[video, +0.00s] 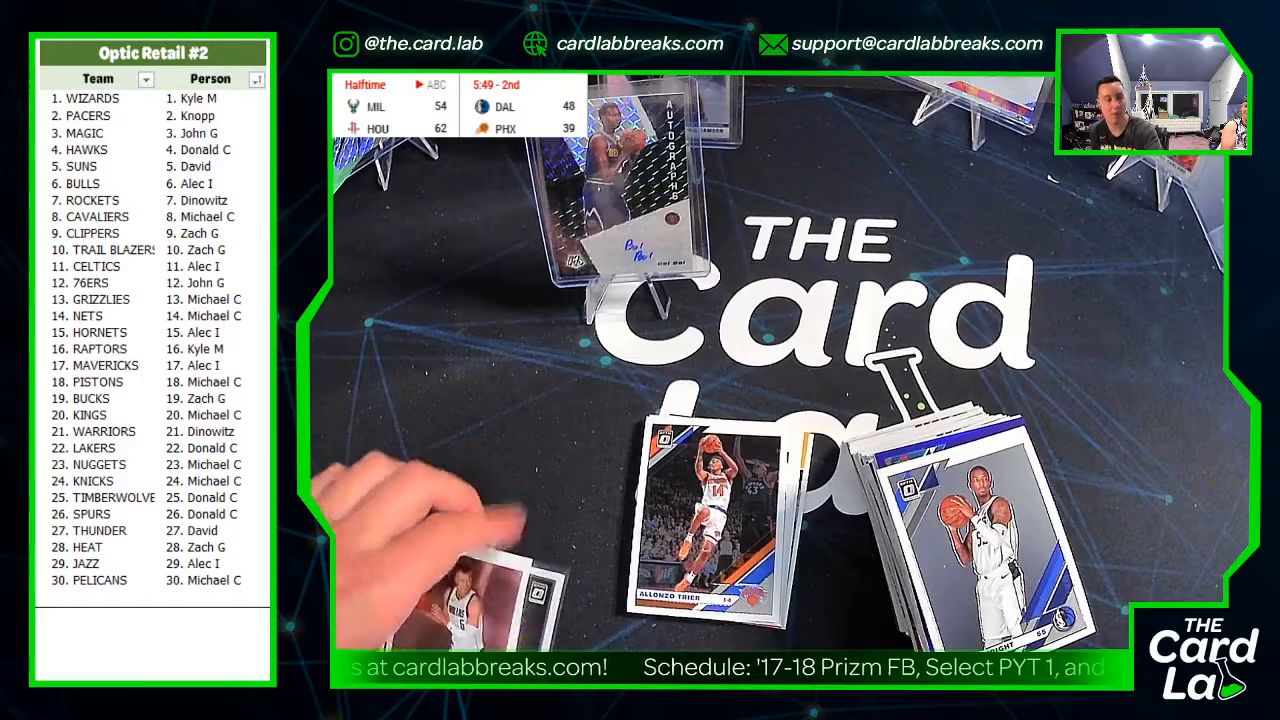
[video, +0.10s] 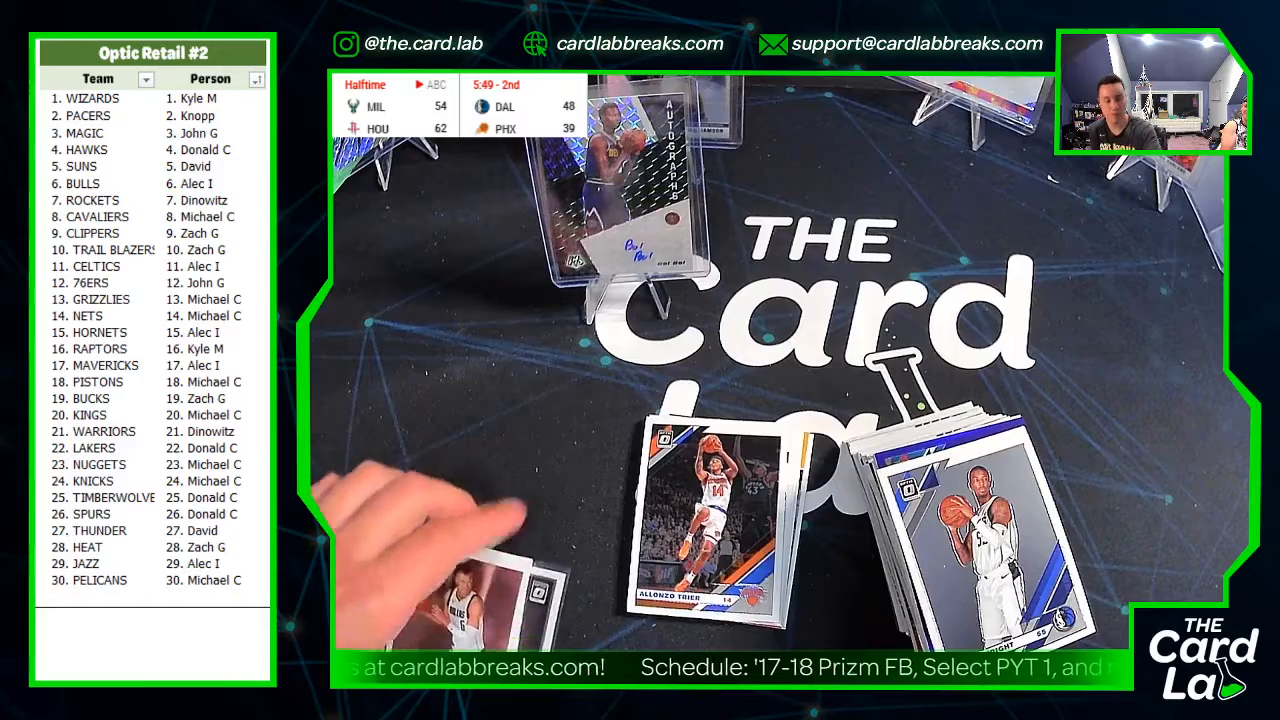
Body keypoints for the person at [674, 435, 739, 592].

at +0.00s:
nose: (714, 463)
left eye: (717, 461)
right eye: (713, 461)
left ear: (721, 465)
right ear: (710, 465)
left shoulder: (727, 476)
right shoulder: (706, 476)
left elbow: (734, 469)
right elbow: (699, 470)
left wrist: (722, 452)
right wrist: (700, 451)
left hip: (721, 513)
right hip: (707, 507)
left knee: (707, 550)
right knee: (704, 511)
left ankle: (688, 579)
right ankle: (688, 540)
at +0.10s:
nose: (714, 463)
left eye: (717, 461)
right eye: (713, 461)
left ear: (721, 465)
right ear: (710, 465)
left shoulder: (727, 475)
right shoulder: (706, 476)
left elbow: (734, 469)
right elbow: (699, 471)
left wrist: (722, 452)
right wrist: (700, 451)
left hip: (721, 513)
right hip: (707, 507)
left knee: (707, 550)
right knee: (704, 511)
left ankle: (688, 579)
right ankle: (688, 540)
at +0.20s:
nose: (714, 463)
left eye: (717, 461)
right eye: (713, 461)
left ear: (721, 465)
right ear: (710, 465)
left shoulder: (727, 475)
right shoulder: (706, 476)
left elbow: (734, 469)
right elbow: (699, 470)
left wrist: (722, 452)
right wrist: (700, 451)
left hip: (721, 513)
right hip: (707, 507)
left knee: (707, 550)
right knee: (704, 511)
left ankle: (688, 579)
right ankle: (688, 540)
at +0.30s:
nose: (715, 463)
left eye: (717, 461)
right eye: (713, 461)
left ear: (721, 465)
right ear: (710, 465)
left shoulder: (727, 476)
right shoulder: (706, 476)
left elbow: (734, 469)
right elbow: (699, 471)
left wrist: (722, 452)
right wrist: (700, 451)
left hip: (721, 513)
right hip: (706, 507)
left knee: (707, 550)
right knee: (704, 511)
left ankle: (688, 579)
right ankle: (688, 540)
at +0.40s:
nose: (714, 463)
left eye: (717, 462)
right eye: (712, 461)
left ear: (721, 465)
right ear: (710, 465)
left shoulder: (727, 476)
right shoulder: (706, 477)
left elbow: (734, 469)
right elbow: (699, 471)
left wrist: (722, 453)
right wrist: (700, 451)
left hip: (721, 513)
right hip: (707, 507)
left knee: (707, 550)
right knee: (704, 511)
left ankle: (688, 578)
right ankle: (688, 540)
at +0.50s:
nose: (714, 464)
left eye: (717, 462)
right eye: (712, 462)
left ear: (721, 465)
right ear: (709, 465)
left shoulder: (727, 476)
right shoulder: (706, 477)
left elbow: (734, 469)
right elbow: (699, 471)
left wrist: (722, 452)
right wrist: (700, 451)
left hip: (720, 513)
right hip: (706, 507)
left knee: (707, 550)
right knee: (704, 511)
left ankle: (688, 578)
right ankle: (688, 540)